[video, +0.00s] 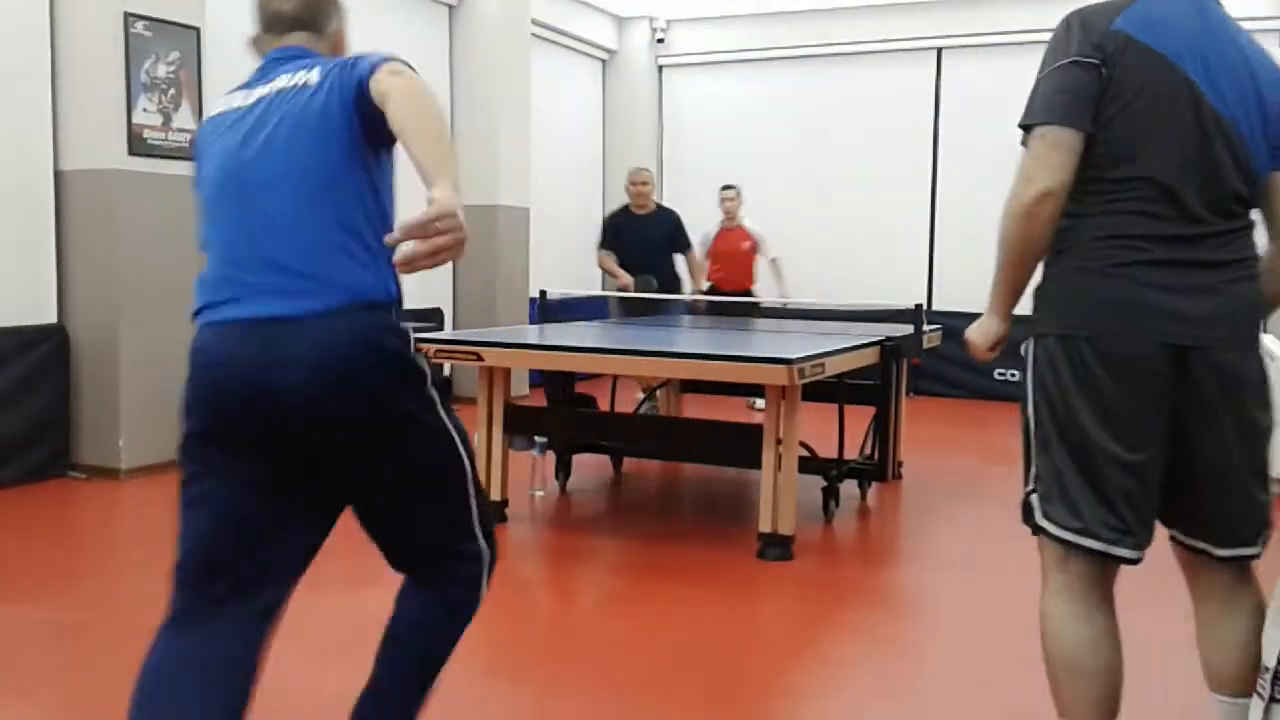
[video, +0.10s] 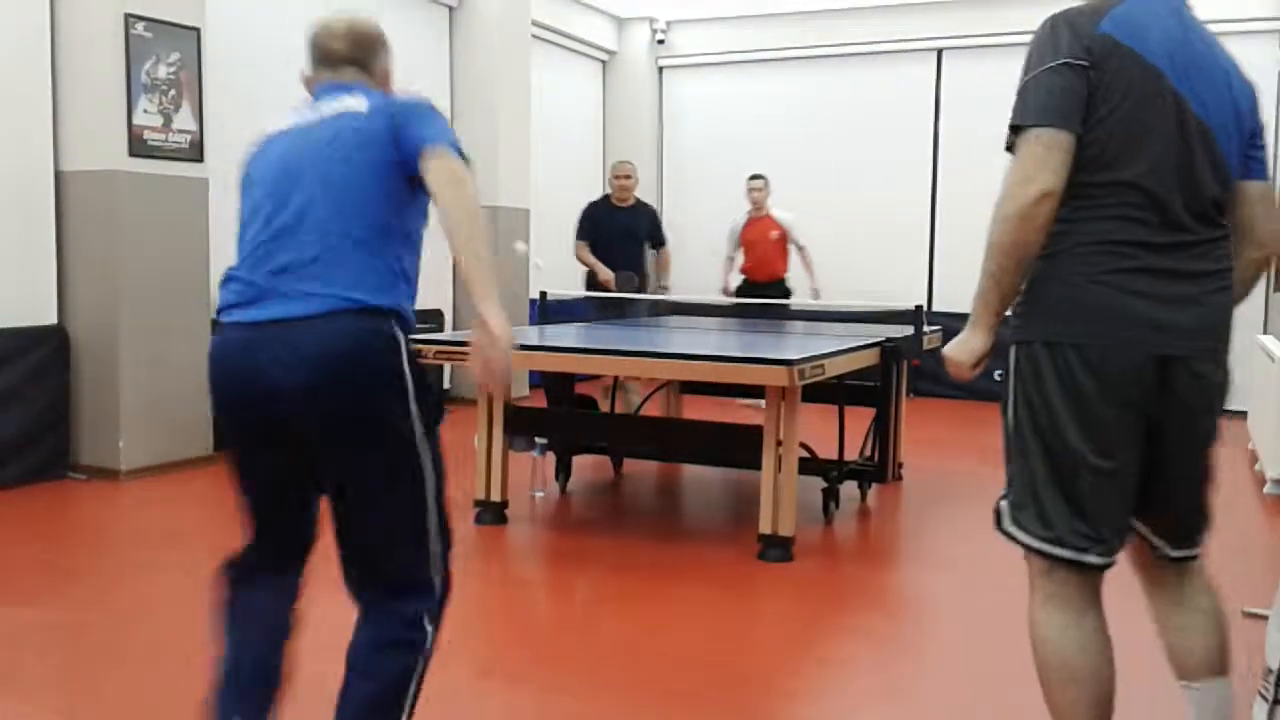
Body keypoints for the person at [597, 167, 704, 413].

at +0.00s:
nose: (639, 189)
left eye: (644, 184)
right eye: (634, 184)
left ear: (654, 187)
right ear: (626, 188)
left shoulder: (669, 218)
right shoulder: (614, 221)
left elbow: (690, 255)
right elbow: (604, 257)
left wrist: (699, 290)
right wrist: (620, 275)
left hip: (668, 299)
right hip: (631, 301)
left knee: (669, 359)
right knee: (634, 356)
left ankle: (672, 419)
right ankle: (649, 395)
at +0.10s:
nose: (622, 182)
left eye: (628, 177)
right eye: (617, 177)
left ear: (636, 181)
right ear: (610, 180)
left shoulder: (647, 213)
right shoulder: (594, 211)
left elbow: (661, 249)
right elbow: (581, 249)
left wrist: (663, 283)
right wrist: (599, 268)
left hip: (636, 291)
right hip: (600, 291)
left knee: (632, 350)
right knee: (605, 347)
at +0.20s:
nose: (608, 190)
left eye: (613, 185)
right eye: (602, 185)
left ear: (622, 189)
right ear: (595, 188)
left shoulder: (629, 223)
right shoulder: (577, 215)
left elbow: (641, 264)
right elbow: (562, 252)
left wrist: (641, 301)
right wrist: (580, 269)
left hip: (610, 301)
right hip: (574, 298)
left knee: (605, 357)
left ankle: (588, 397)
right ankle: (559, 405)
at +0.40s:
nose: (565, 201)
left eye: (570, 196)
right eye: (560, 196)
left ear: (577, 199)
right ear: (552, 197)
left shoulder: (583, 232)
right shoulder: (533, 225)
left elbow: (592, 273)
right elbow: (519, 264)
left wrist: (595, 303)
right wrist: (544, 286)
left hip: (566, 306)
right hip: (530, 302)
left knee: (562, 362)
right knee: (505, 347)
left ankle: (561, 412)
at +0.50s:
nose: (539, 201)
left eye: (544, 196)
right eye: (534, 195)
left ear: (551, 199)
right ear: (525, 197)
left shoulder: (558, 231)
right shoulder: (508, 226)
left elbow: (571, 270)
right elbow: (495, 264)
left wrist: (576, 301)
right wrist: (521, 282)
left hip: (542, 308)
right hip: (505, 305)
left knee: (555, 366)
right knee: (488, 356)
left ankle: (561, 421)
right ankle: (459, 396)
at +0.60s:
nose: (519, 195)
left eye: (525, 190)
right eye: (514, 190)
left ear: (531, 193)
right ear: (504, 191)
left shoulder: (539, 224)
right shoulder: (489, 222)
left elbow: (549, 264)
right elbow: (476, 260)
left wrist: (557, 297)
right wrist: (501, 278)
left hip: (528, 310)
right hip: (492, 309)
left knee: (521, 372)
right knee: (487, 369)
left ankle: (519, 430)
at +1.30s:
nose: (517, 188)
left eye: (520, 184)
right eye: (512, 183)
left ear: (522, 186)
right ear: (496, 184)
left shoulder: (519, 217)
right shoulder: (478, 215)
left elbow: (523, 256)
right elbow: (470, 254)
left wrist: (533, 276)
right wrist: (501, 274)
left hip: (514, 298)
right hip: (481, 298)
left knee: (529, 346)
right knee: (473, 350)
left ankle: (535, 397)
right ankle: (461, 397)